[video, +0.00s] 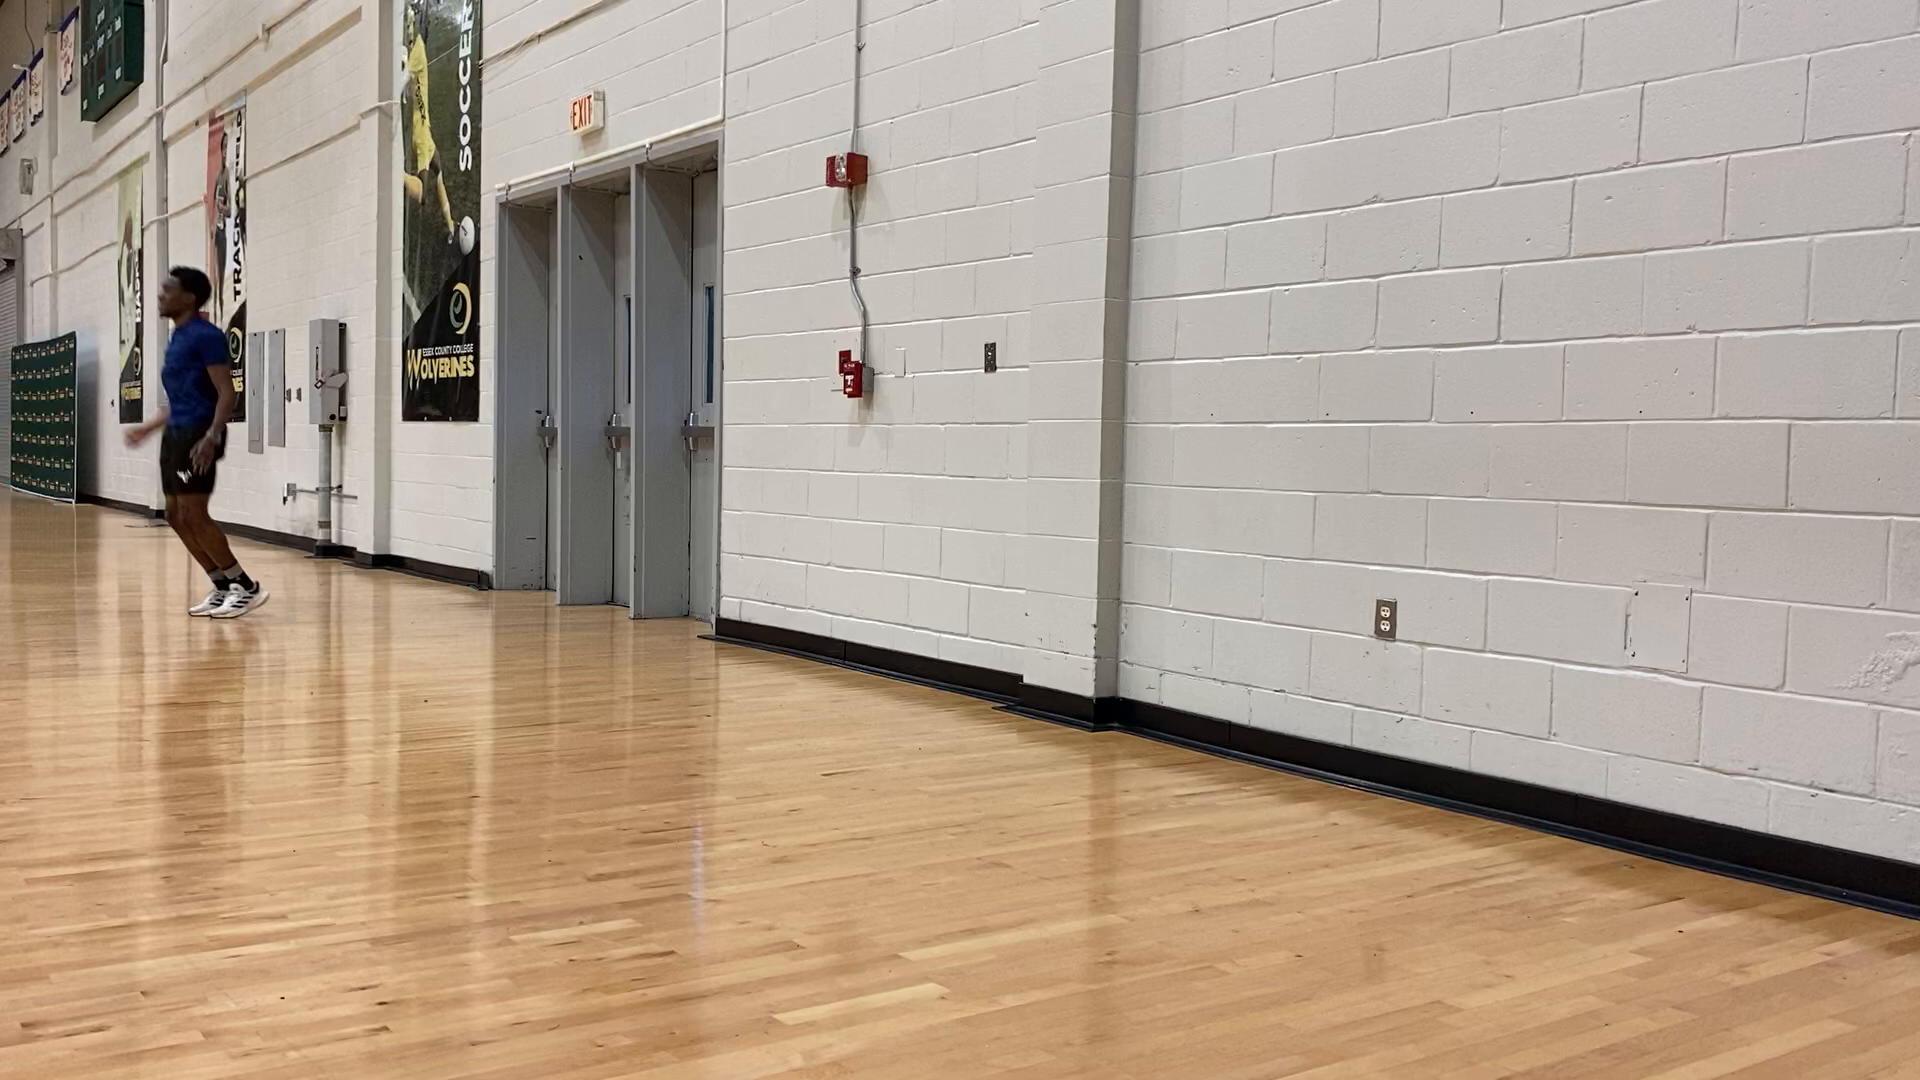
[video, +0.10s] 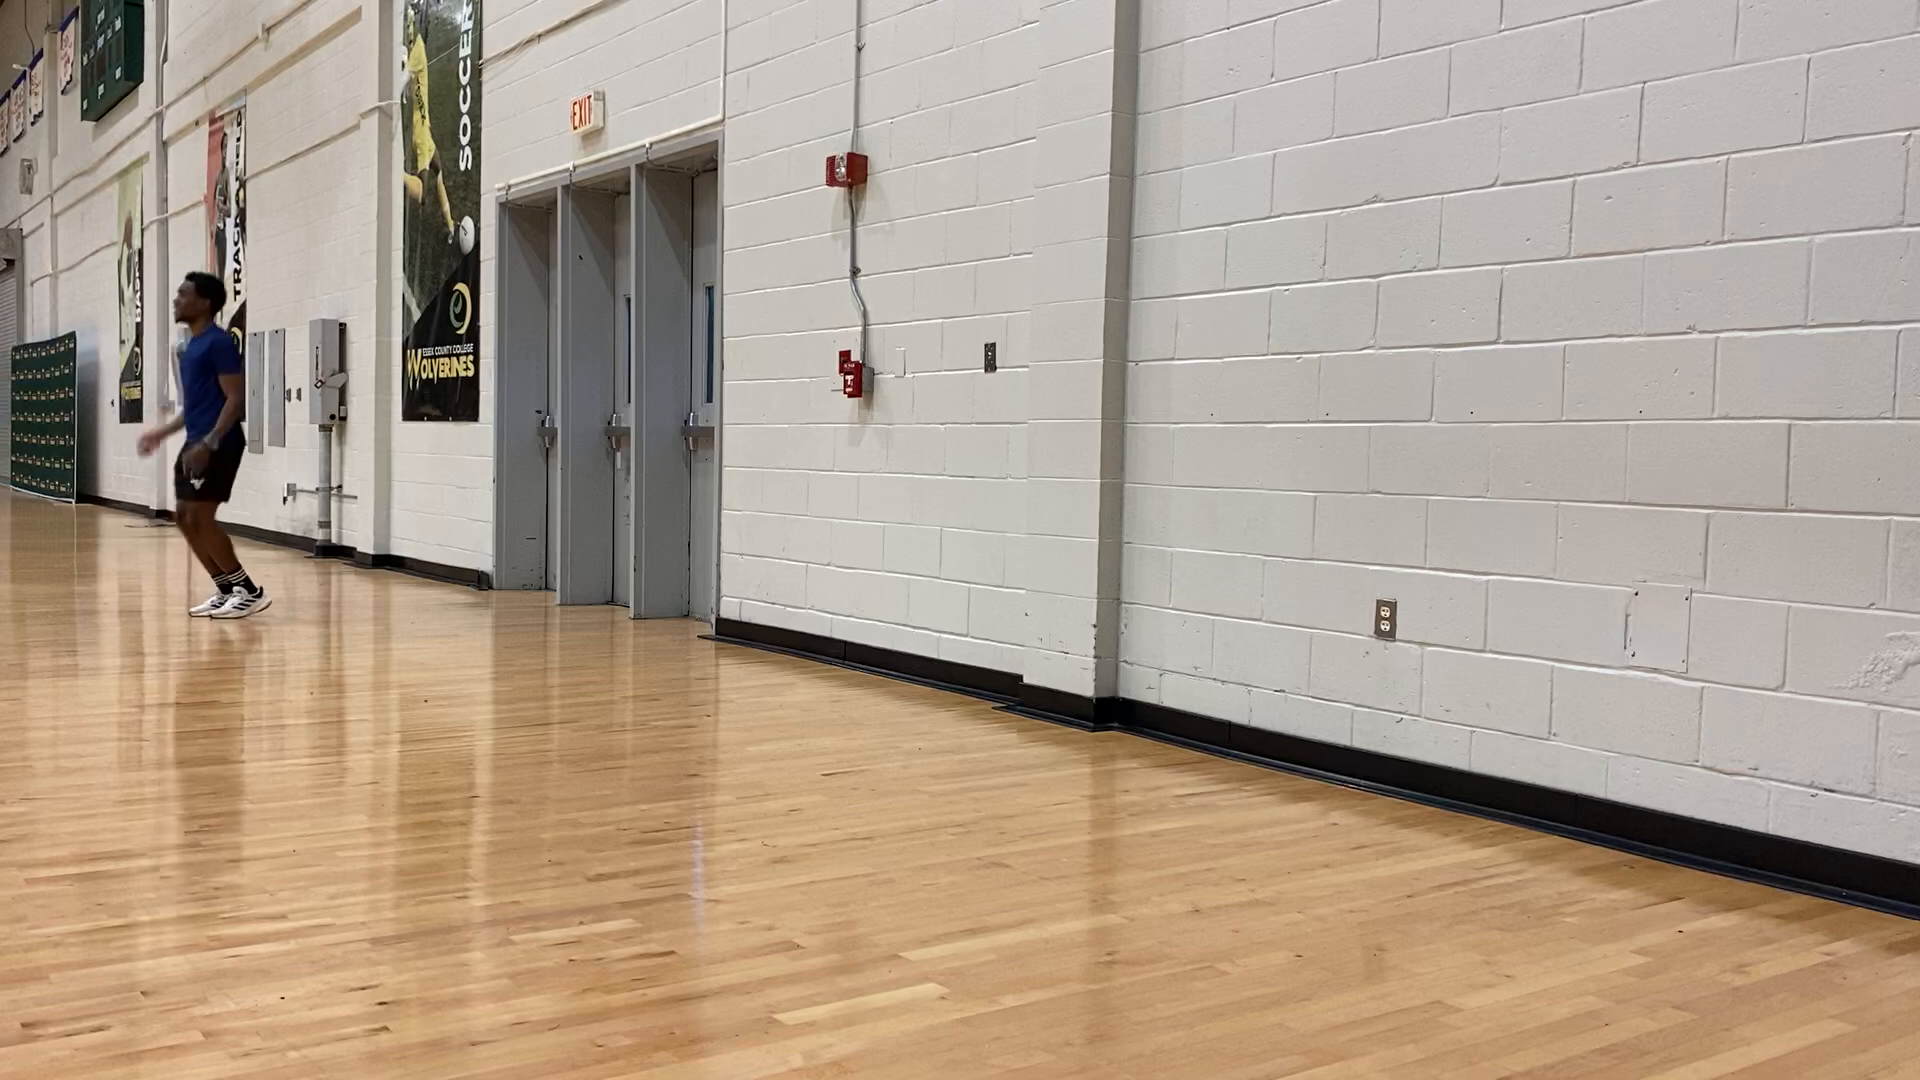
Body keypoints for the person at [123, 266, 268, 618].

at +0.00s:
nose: (160, 294)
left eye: (168, 289)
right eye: (162, 288)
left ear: (190, 298)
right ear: (179, 298)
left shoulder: (206, 336)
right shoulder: (179, 336)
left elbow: (227, 394)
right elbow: (180, 402)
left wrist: (211, 438)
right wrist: (147, 428)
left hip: (199, 435)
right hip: (176, 434)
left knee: (194, 515)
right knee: (177, 518)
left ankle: (244, 586)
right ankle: (223, 588)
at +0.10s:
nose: (175, 300)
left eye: (183, 295)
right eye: (178, 294)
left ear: (204, 303)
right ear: (198, 304)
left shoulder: (220, 342)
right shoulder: (194, 344)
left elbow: (235, 401)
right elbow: (196, 407)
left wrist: (209, 443)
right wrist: (162, 433)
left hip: (221, 439)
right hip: (197, 439)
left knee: (200, 517)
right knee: (185, 518)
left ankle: (246, 589)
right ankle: (227, 590)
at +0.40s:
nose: (213, 296)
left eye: (221, 290)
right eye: (214, 290)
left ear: (238, 294)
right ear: (218, 295)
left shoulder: (254, 319)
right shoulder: (227, 321)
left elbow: (264, 297)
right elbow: (208, 293)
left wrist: (234, 258)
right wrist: (204, 252)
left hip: (256, 424)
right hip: (233, 424)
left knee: (244, 506)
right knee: (225, 508)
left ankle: (301, 581)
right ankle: (268, 579)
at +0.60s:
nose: (232, 283)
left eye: (238, 279)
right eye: (234, 278)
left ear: (256, 284)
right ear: (242, 285)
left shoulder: (271, 312)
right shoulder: (241, 312)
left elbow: (286, 292)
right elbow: (222, 282)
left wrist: (269, 246)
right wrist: (210, 244)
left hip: (269, 416)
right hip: (247, 416)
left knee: (267, 499)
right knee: (246, 498)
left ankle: (303, 582)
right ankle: (269, 578)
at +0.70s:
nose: (240, 264)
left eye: (247, 261)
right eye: (242, 259)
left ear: (265, 271)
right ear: (254, 271)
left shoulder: (274, 299)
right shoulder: (249, 305)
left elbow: (302, 317)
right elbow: (234, 321)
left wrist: (272, 295)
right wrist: (199, 293)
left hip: (272, 402)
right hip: (251, 403)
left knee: (270, 484)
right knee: (251, 484)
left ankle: (296, 570)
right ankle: (271, 567)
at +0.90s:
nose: (249, 293)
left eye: (256, 289)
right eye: (252, 287)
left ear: (275, 299)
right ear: (268, 300)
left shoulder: (289, 335)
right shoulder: (264, 336)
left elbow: (311, 390)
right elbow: (269, 395)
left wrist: (283, 432)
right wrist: (240, 421)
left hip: (281, 432)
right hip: (261, 430)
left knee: (260, 508)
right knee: (253, 510)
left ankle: (301, 584)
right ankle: (295, 584)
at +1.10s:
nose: (261, 279)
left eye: (268, 274)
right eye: (263, 274)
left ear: (289, 282)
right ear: (278, 282)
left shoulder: (298, 317)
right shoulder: (273, 320)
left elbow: (315, 359)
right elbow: (267, 368)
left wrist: (282, 364)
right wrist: (230, 363)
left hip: (291, 417)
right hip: (271, 416)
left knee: (281, 495)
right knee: (272, 495)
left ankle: (301, 580)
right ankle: (290, 578)